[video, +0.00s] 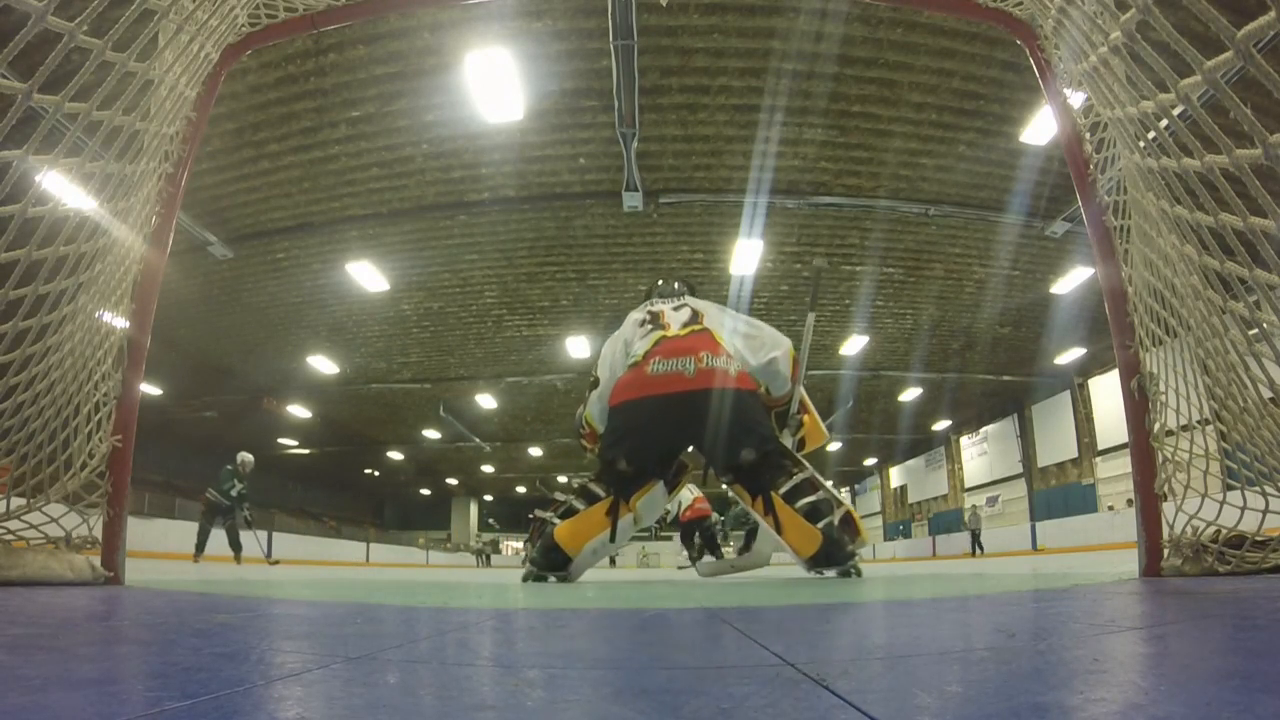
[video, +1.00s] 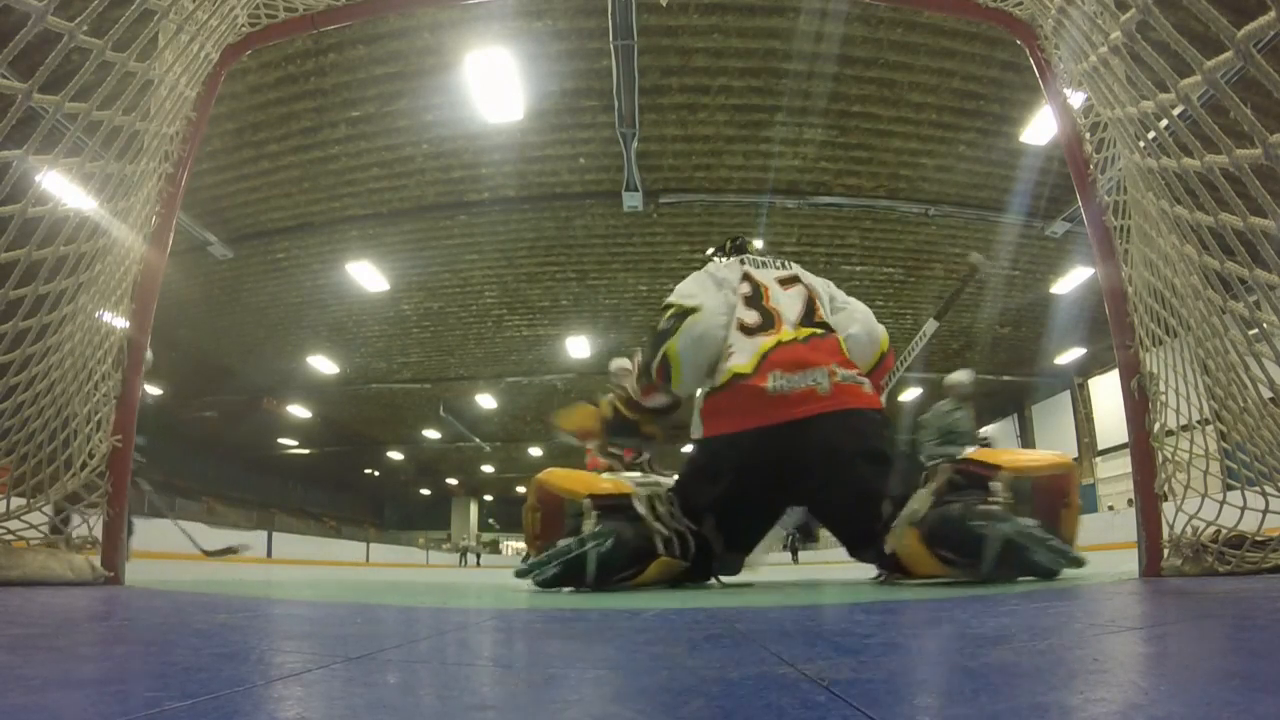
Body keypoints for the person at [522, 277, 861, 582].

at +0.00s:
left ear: (648, 303)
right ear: (691, 298)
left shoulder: (626, 326)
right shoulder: (719, 313)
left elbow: (599, 398)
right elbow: (779, 350)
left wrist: (598, 438)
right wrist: (780, 411)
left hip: (642, 391)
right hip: (723, 382)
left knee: (617, 484)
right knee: (765, 469)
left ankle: (549, 554)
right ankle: (831, 547)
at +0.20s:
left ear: (647, 294)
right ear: (692, 285)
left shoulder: (626, 315)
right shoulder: (724, 297)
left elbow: (598, 381)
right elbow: (787, 334)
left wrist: (594, 429)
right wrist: (789, 402)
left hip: (635, 380)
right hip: (725, 373)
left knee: (617, 485)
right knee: (768, 466)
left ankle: (535, 550)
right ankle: (847, 548)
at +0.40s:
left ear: (654, 266)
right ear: (704, 265)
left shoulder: (630, 288)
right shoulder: (738, 281)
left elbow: (606, 357)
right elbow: (800, 311)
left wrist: (594, 401)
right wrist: (811, 383)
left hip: (650, 385)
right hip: (744, 386)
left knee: (600, 487)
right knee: (787, 496)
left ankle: (510, 543)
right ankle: (850, 546)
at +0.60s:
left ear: (697, 267)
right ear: (747, 267)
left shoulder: (685, 281)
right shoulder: (790, 287)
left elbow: (666, 328)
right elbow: (832, 342)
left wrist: (660, 389)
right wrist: (820, 405)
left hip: (697, 413)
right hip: (791, 420)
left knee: (638, 528)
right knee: (795, 538)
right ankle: (863, 542)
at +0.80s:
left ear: (718, 267)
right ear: (774, 261)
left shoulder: (687, 297)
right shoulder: (805, 277)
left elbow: (669, 376)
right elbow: (857, 339)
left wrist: (697, 424)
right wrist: (840, 403)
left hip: (713, 429)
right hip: (814, 421)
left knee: (672, 543)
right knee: (861, 535)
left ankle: (611, 562)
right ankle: (949, 541)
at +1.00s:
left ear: (718, 254)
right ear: (766, 256)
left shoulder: (708, 274)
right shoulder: (815, 282)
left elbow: (699, 326)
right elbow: (875, 341)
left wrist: (649, 399)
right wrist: (855, 403)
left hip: (742, 431)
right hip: (843, 417)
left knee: (688, 546)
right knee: (894, 544)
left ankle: (635, 555)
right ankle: (950, 535)